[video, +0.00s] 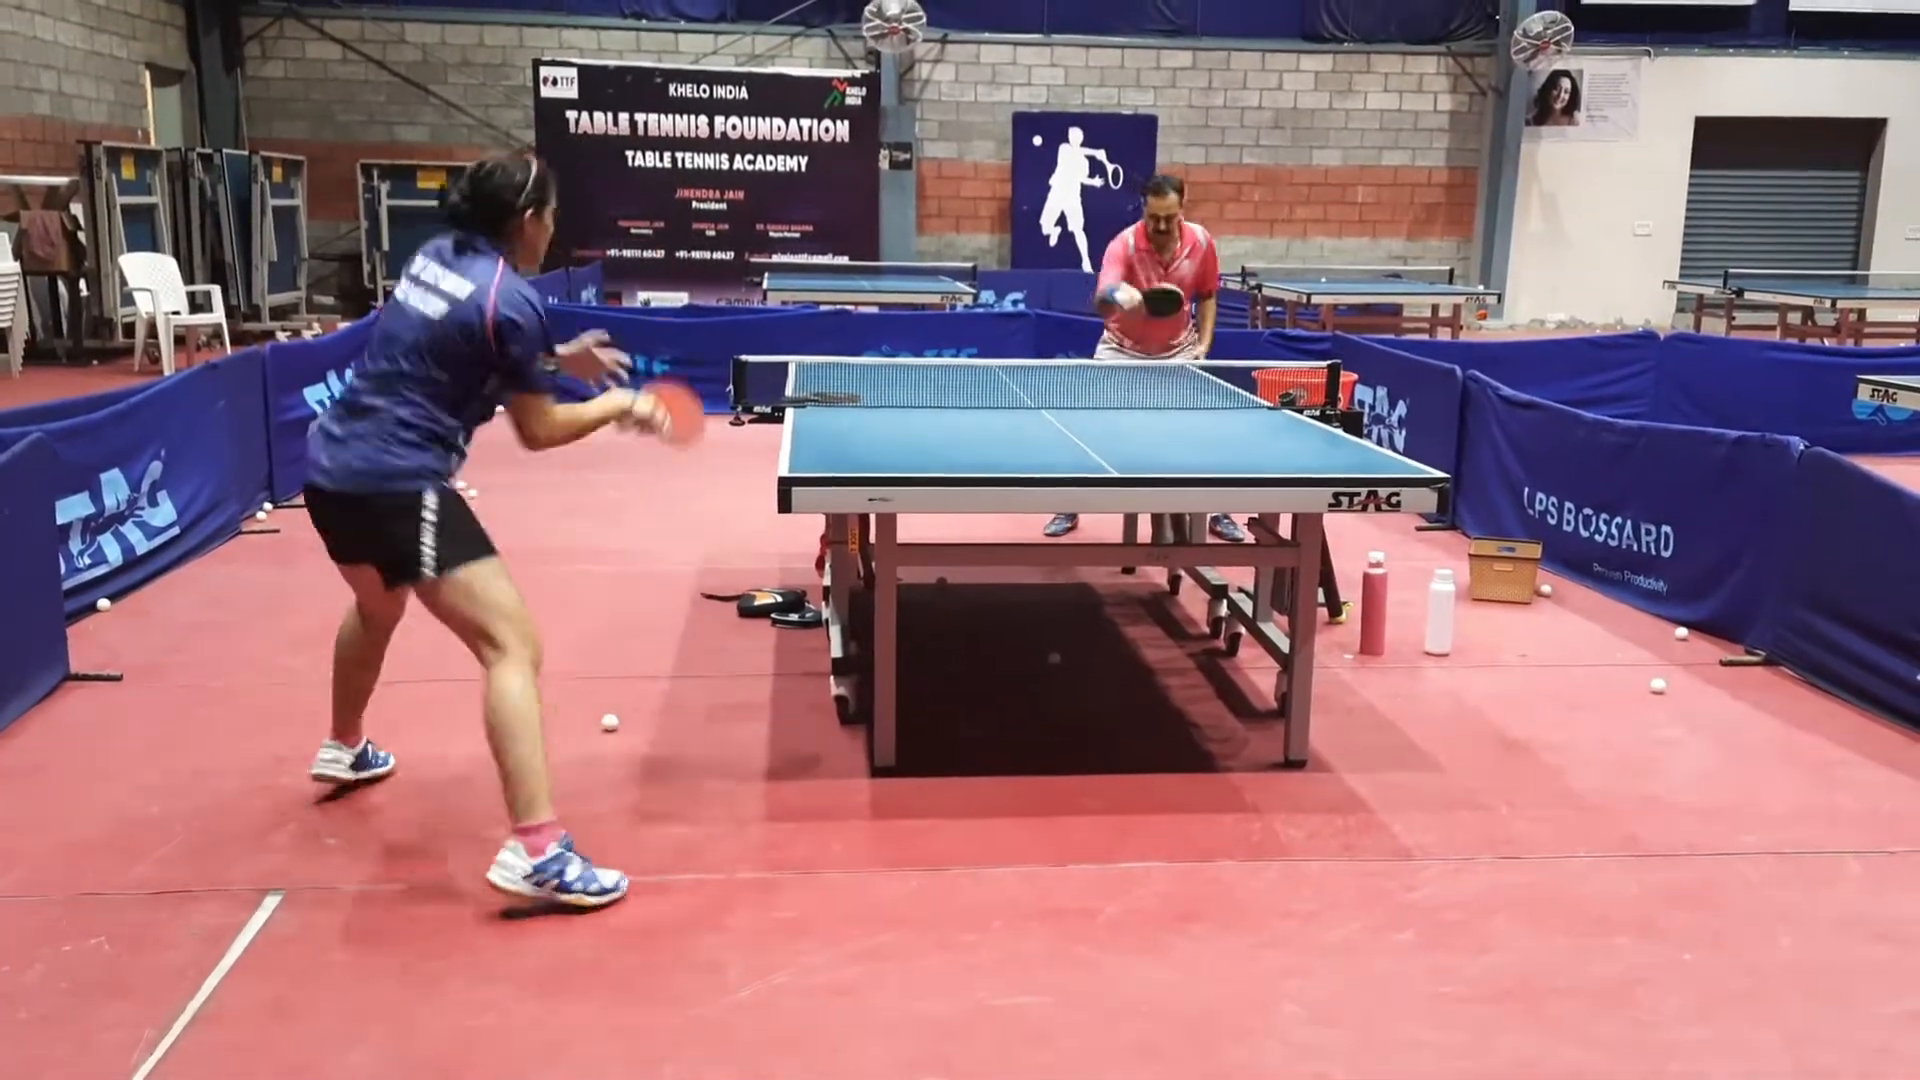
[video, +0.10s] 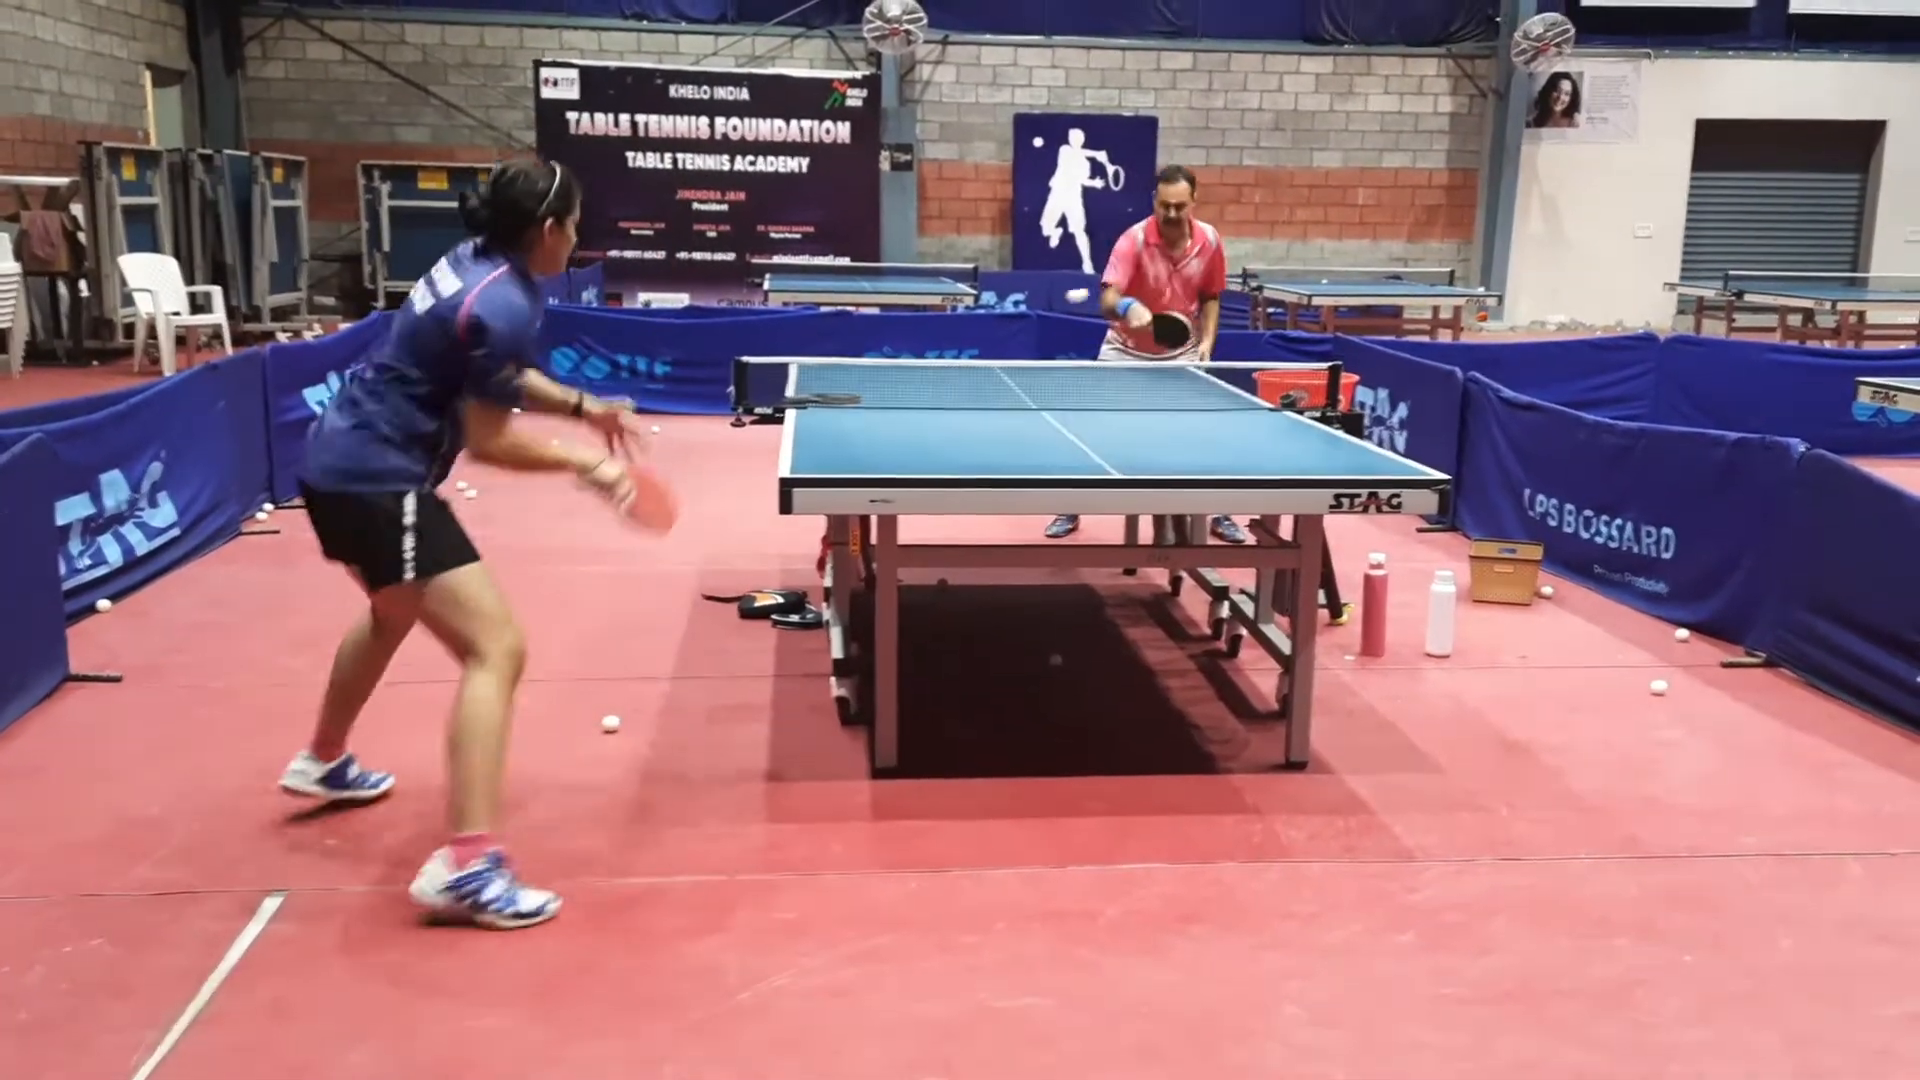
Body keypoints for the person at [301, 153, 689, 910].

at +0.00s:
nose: (551, 230)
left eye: (550, 215)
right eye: (548, 216)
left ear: (479, 210)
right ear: (527, 220)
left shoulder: (439, 252)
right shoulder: (511, 302)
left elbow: (467, 358)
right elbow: (538, 426)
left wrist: (559, 356)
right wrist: (620, 408)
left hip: (330, 470)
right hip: (403, 481)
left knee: (377, 603)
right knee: (511, 648)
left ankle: (341, 747)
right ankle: (537, 849)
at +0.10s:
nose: (573, 239)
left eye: (573, 225)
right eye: (570, 226)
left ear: (510, 221)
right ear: (543, 230)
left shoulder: (475, 262)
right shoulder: (505, 308)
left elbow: (499, 374)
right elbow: (484, 439)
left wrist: (583, 407)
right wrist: (579, 463)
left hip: (336, 464)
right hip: (381, 479)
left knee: (392, 614)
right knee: (498, 651)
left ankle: (320, 760)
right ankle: (469, 861)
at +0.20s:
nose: (590, 286)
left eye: (589, 273)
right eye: (584, 273)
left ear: (538, 274)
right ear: (552, 280)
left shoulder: (520, 337)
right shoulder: (483, 351)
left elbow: (534, 429)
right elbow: (431, 481)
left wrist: (597, 484)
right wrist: (538, 529)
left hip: (367, 507)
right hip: (367, 515)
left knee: (411, 650)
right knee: (501, 671)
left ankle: (309, 776)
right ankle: (459, 873)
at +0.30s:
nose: (588, 333)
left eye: (587, 319)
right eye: (581, 320)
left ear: (538, 322)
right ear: (547, 325)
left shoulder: (537, 388)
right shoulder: (451, 391)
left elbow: (551, 476)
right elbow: (379, 508)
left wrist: (586, 551)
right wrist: (476, 578)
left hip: (393, 539)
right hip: (349, 541)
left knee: (435, 669)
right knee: (499, 678)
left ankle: (307, 778)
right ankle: (456, 879)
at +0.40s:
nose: (575, 356)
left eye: (575, 343)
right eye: (568, 344)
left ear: (530, 350)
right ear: (530, 350)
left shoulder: (534, 402)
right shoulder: (418, 410)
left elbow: (551, 498)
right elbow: (338, 519)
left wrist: (571, 599)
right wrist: (413, 602)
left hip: (406, 546)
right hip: (343, 549)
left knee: (453, 670)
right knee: (485, 677)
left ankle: (306, 778)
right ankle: (452, 881)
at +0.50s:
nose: (550, 353)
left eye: (550, 340)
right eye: (542, 340)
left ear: (500, 342)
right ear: (495, 344)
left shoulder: (521, 393)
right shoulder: (396, 411)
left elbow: (544, 485)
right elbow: (326, 527)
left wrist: (574, 582)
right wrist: (366, 620)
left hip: (407, 548)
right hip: (351, 549)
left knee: (424, 689)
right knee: (478, 673)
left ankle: (303, 781)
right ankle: (451, 883)